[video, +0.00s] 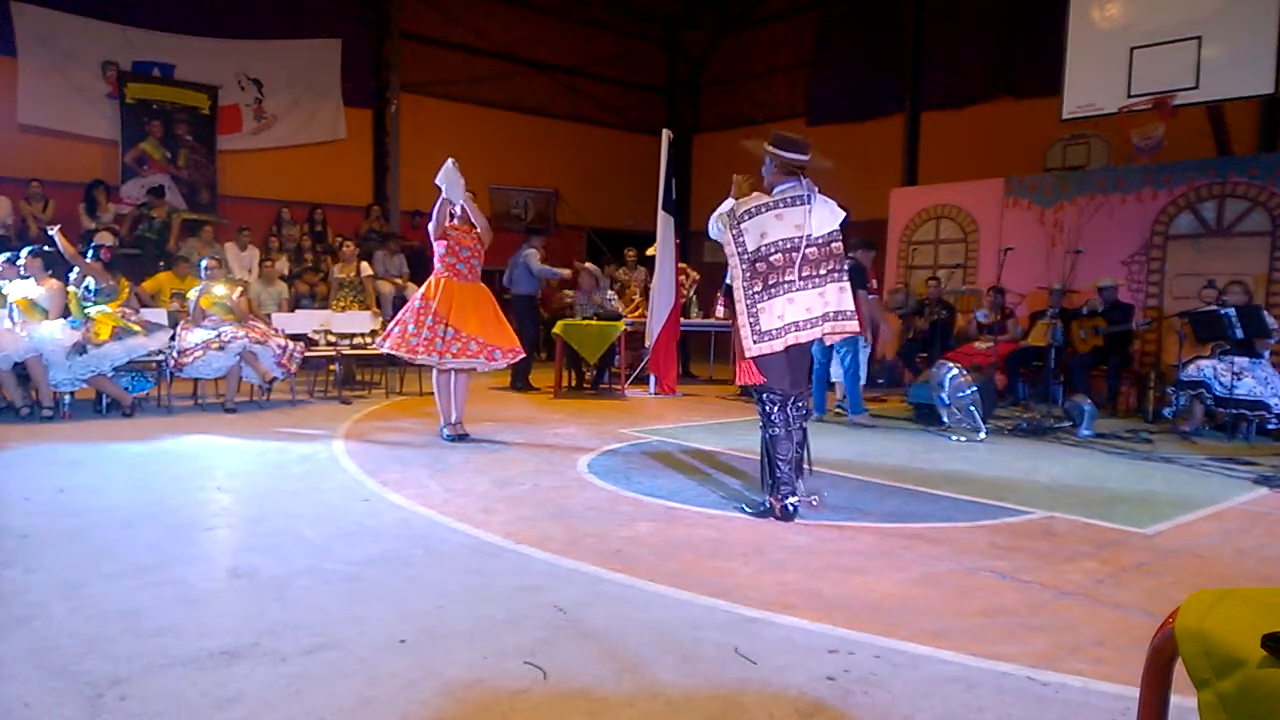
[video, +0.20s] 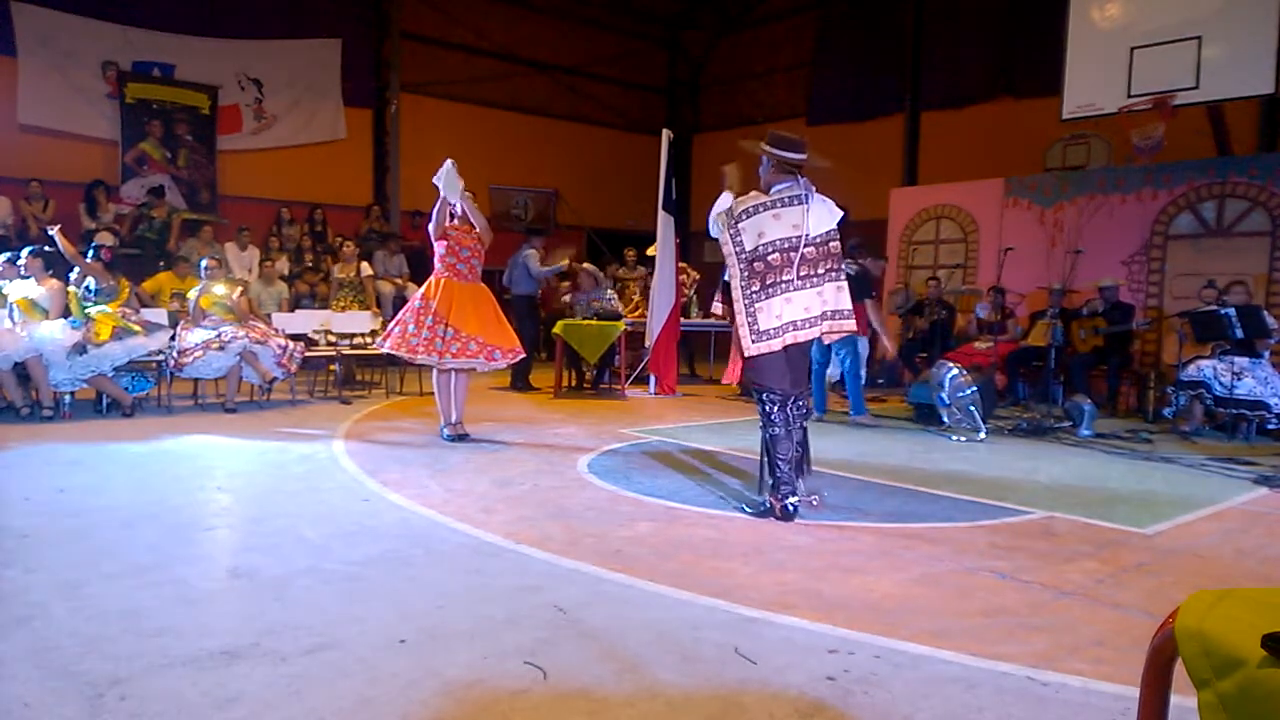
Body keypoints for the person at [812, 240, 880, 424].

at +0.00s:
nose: (870, 261)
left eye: (871, 257)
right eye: (869, 257)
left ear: (850, 252)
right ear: (860, 253)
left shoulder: (825, 266)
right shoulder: (856, 268)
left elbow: (819, 297)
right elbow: (862, 299)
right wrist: (867, 328)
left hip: (822, 323)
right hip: (846, 324)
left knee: (820, 368)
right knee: (851, 370)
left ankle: (818, 409)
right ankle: (856, 410)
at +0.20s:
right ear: (860, 256)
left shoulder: (824, 270)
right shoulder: (859, 272)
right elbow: (871, 308)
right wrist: (886, 339)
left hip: (820, 323)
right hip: (846, 325)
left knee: (818, 366)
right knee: (852, 368)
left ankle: (818, 409)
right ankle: (858, 411)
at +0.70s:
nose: (910, 305)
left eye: (913, 301)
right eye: (911, 300)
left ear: (899, 287)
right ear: (902, 291)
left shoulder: (876, 287)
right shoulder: (888, 298)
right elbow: (899, 330)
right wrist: (919, 357)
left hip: (823, 319)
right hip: (843, 325)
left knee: (826, 366)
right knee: (857, 367)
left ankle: (817, 409)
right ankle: (860, 414)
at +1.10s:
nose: (913, 299)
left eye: (915, 295)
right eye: (913, 294)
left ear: (899, 284)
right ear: (903, 287)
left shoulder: (878, 286)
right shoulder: (890, 296)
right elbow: (900, 329)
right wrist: (920, 356)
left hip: (827, 319)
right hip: (846, 326)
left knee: (826, 367)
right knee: (858, 368)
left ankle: (818, 410)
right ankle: (860, 414)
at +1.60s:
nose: (913, 299)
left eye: (914, 293)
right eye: (912, 293)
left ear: (897, 286)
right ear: (902, 288)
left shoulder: (876, 287)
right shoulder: (889, 297)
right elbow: (902, 328)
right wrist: (922, 355)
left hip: (827, 317)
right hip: (846, 324)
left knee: (825, 365)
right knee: (857, 368)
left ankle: (817, 408)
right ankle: (860, 414)